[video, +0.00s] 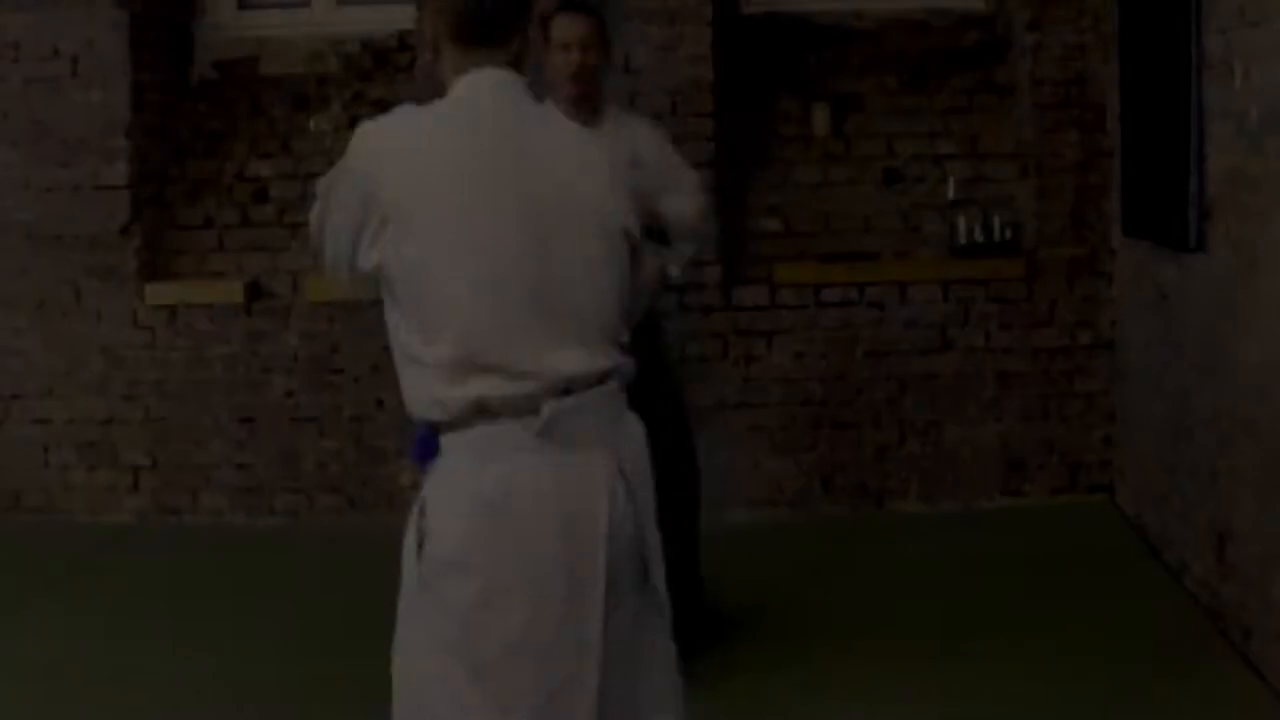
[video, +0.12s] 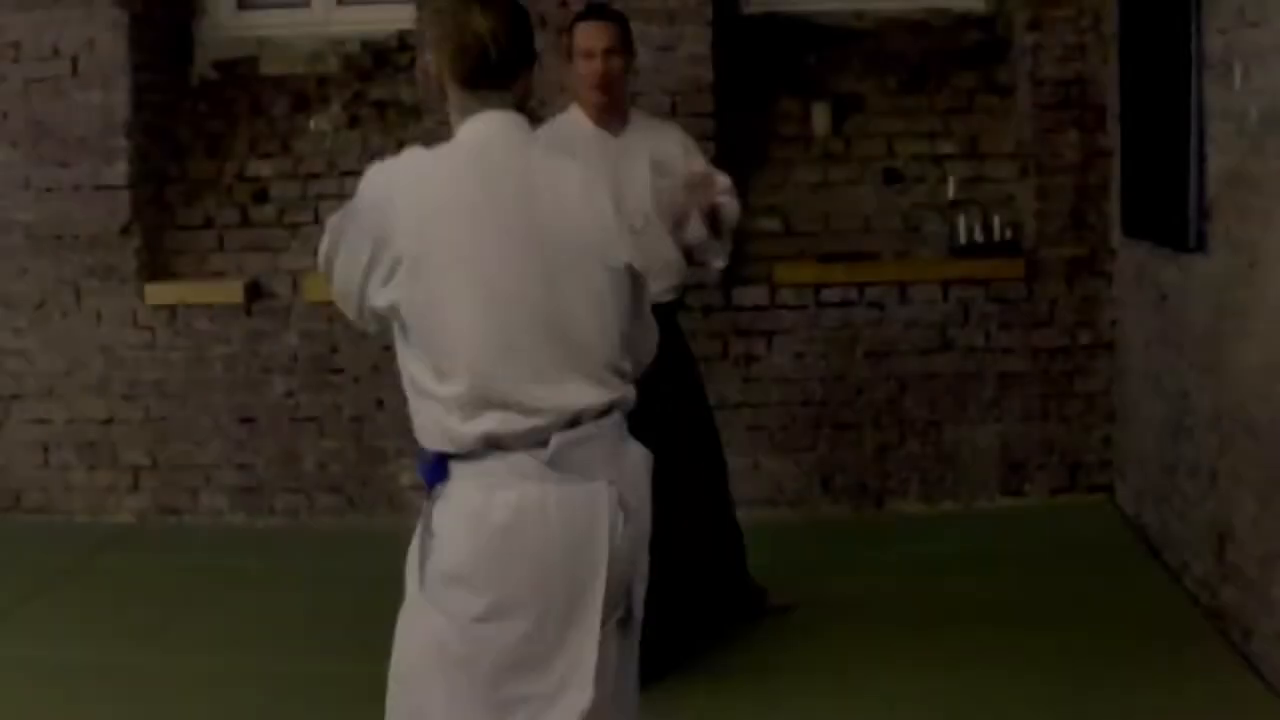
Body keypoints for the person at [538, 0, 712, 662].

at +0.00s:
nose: (575, 61)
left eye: (586, 47)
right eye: (562, 48)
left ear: (605, 55)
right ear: (542, 55)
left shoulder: (634, 138)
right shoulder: (523, 139)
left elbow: (692, 218)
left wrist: (650, 270)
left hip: (635, 334)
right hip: (549, 332)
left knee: (667, 471)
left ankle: (677, 613)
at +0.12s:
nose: (599, 68)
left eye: (612, 55)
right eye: (586, 56)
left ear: (630, 63)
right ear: (569, 65)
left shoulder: (667, 143)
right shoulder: (546, 150)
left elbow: (712, 243)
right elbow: (518, 234)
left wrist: (708, 216)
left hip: (660, 324)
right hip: (576, 329)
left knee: (691, 476)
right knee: (593, 475)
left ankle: (705, 616)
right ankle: (599, 628)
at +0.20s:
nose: (619, 73)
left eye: (630, 60)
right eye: (605, 62)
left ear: (649, 66)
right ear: (587, 72)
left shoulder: (692, 145)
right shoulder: (563, 158)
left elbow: (743, 236)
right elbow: (538, 247)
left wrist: (741, 187)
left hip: (683, 329)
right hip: (602, 332)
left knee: (713, 481)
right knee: (624, 483)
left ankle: (727, 618)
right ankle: (634, 634)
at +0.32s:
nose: (628, 80)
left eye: (638, 66)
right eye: (615, 70)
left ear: (661, 71)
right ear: (601, 80)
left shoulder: (706, 142)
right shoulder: (582, 165)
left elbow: (765, 186)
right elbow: (552, 249)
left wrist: (744, 110)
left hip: (708, 341)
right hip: (626, 352)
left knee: (750, 481)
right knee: (650, 495)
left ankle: (757, 618)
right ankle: (660, 639)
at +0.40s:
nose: (619, 77)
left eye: (631, 62)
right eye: (608, 66)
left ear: (659, 64)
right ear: (594, 76)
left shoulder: (707, 126)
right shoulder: (591, 157)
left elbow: (730, 178)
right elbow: (577, 237)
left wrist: (665, 130)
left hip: (720, 332)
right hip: (645, 337)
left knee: (749, 480)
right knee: (678, 489)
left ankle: (759, 616)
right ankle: (695, 632)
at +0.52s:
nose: (596, 75)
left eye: (607, 59)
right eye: (588, 65)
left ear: (645, 59)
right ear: (590, 76)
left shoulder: (676, 120)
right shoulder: (625, 136)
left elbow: (618, 188)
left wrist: (545, 172)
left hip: (723, 332)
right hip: (676, 334)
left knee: (734, 501)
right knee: (706, 499)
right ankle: (718, 640)